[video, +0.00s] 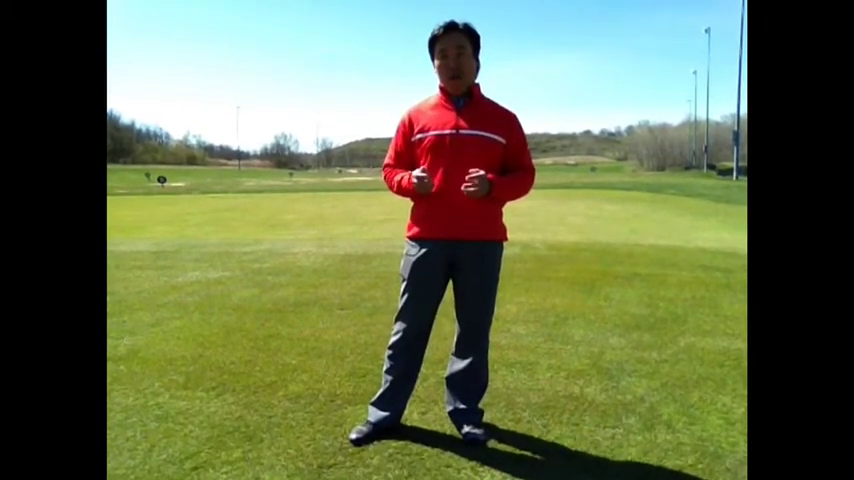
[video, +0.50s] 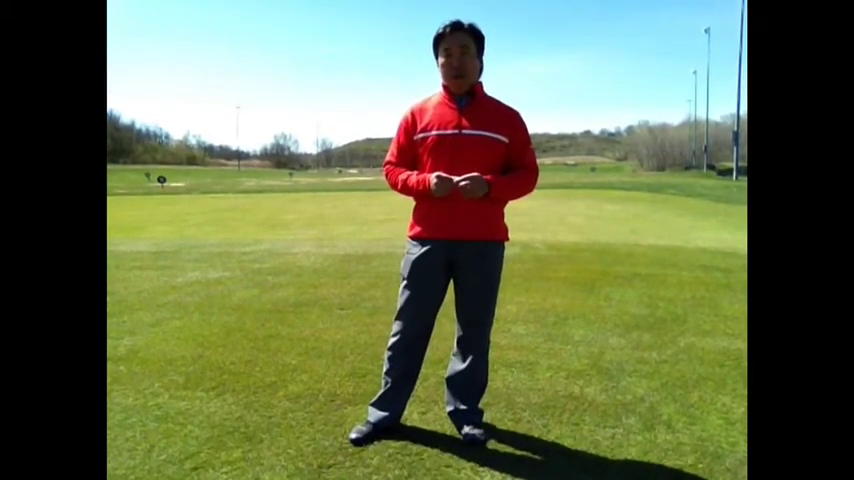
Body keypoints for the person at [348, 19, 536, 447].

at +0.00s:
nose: (451, 62)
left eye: (460, 53)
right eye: (443, 55)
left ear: (477, 59)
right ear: (432, 63)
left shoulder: (503, 120)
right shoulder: (416, 117)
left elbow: (525, 176)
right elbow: (391, 170)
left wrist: (494, 185)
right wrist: (408, 181)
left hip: (481, 244)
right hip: (427, 241)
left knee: (474, 335)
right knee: (407, 331)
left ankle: (468, 417)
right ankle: (383, 415)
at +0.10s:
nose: (452, 61)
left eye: (460, 52)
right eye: (443, 54)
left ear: (477, 59)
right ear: (433, 62)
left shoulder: (503, 120)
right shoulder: (416, 117)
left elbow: (525, 176)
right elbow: (391, 171)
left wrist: (492, 185)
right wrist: (413, 180)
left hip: (481, 244)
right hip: (426, 241)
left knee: (474, 335)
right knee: (407, 331)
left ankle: (468, 417)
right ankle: (383, 415)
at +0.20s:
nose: (451, 61)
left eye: (460, 52)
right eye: (443, 54)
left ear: (477, 59)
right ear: (433, 62)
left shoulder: (504, 120)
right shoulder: (415, 117)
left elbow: (525, 176)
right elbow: (391, 172)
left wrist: (489, 184)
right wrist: (421, 180)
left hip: (481, 244)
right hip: (426, 241)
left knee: (474, 335)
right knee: (407, 330)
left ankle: (468, 416)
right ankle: (383, 415)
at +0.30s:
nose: (452, 61)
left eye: (461, 52)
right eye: (443, 54)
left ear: (478, 58)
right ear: (434, 62)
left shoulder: (505, 119)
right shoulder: (416, 116)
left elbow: (526, 176)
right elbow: (391, 171)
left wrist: (488, 184)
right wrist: (425, 180)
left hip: (482, 244)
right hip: (426, 240)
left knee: (473, 335)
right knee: (406, 330)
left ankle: (467, 416)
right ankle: (383, 414)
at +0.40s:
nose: (453, 61)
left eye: (462, 52)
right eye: (445, 54)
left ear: (479, 59)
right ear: (435, 62)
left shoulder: (506, 119)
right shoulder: (417, 116)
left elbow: (527, 176)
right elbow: (392, 171)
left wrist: (490, 185)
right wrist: (426, 181)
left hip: (483, 244)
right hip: (427, 240)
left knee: (474, 335)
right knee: (406, 330)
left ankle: (467, 415)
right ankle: (383, 415)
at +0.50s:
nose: (454, 61)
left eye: (463, 52)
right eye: (446, 54)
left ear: (480, 58)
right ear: (437, 61)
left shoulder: (506, 119)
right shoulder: (418, 115)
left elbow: (528, 175)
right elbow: (392, 170)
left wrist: (490, 186)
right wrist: (425, 182)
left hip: (483, 244)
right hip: (428, 240)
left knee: (474, 335)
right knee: (407, 329)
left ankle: (467, 415)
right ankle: (384, 414)